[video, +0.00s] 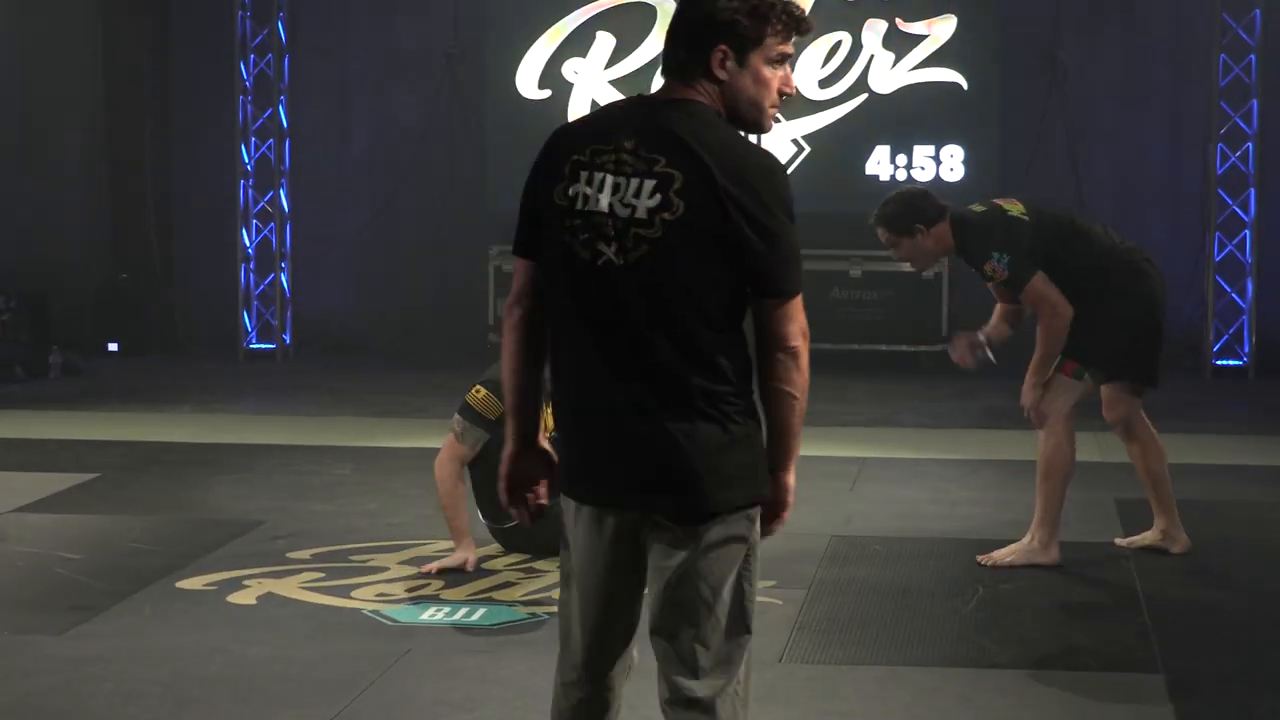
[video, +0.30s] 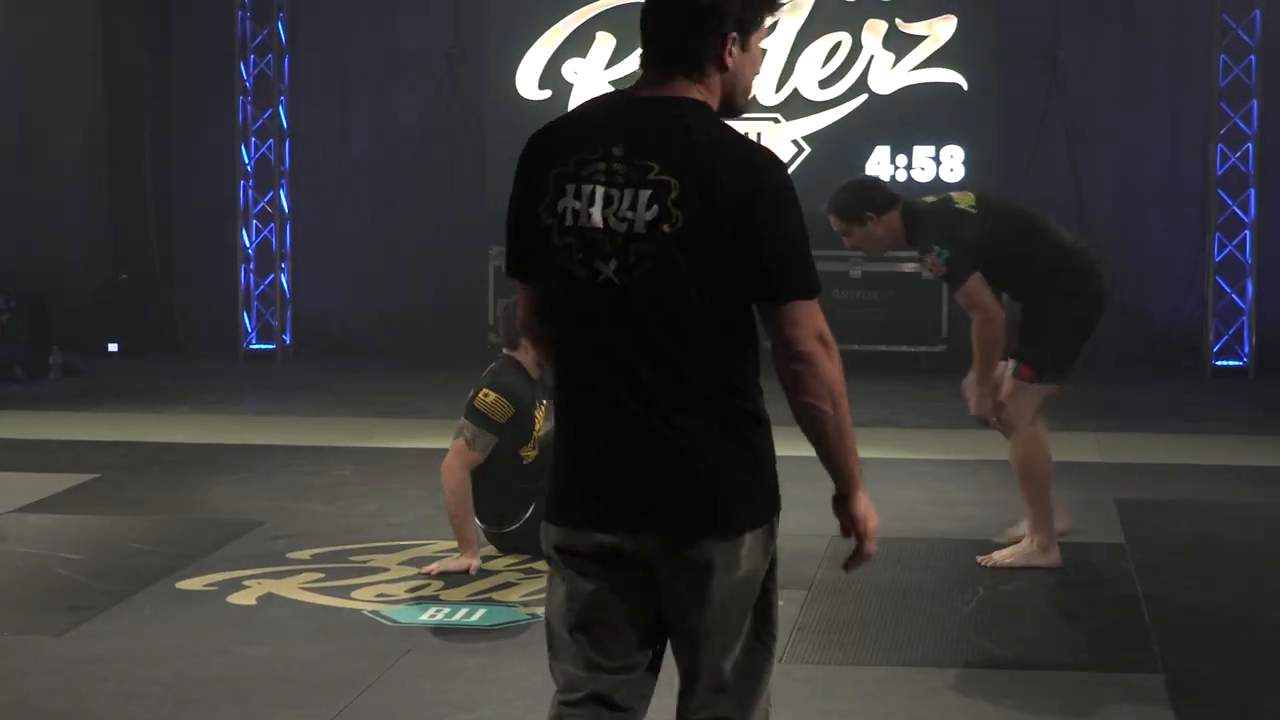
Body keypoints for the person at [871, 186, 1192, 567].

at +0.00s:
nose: (899, 258)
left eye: (897, 247)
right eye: (893, 250)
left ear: (924, 232)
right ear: (924, 230)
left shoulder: (985, 240)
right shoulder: (976, 230)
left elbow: (1056, 311)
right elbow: (1011, 307)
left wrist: (1034, 381)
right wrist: (983, 338)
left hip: (1110, 298)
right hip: (1134, 288)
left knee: (1053, 407)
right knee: (1122, 409)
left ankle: (1041, 541)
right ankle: (1169, 527)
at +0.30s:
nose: (848, 244)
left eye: (847, 234)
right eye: (842, 236)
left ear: (874, 220)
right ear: (878, 215)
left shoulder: (934, 235)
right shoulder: (929, 219)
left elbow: (988, 313)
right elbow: (988, 305)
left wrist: (984, 389)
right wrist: (984, 371)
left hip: (1067, 291)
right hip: (1055, 288)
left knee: (1017, 411)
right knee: (1007, 399)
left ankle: (1041, 543)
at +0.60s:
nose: (790, 272)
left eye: (786, 262)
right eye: (784, 265)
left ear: (804, 245)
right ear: (807, 243)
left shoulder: (861, 246)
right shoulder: (852, 257)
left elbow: (922, 314)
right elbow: (883, 343)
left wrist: (888, 394)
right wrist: (875, 416)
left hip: (992, 312)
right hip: (957, 314)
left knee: (913, 409)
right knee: (891, 408)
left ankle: (980, 509)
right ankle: (875, 526)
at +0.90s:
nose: (733, 374)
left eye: (734, 358)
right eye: (728, 363)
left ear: (755, 341)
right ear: (755, 343)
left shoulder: (811, 346)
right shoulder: (780, 376)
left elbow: (891, 373)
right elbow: (740, 438)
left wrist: (914, 457)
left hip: (939, 403)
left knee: (814, 420)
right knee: (825, 412)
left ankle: (826, 544)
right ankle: (859, 528)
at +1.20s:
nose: (763, 228)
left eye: (767, 216)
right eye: (760, 218)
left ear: (797, 206)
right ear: (795, 208)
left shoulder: (863, 224)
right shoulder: (820, 242)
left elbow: (926, 292)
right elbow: (825, 303)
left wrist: (923, 375)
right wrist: (839, 350)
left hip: (968, 320)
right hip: (934, 319)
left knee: (877, 403)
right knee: (855, 400)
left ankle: (900, 532)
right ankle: (863, 522)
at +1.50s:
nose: (838, 172)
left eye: (841, 160)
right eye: (835, 161)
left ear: (871, 151)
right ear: (875, 152)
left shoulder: (922, 187)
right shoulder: (920, 178)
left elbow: (965, 276)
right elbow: (963, 269)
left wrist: (968, 358)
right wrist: (966, 348)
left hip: (1027, 308)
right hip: (1002, 306)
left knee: (1033, 433)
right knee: (952, 416)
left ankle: (1096, 542)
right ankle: (896, 525)